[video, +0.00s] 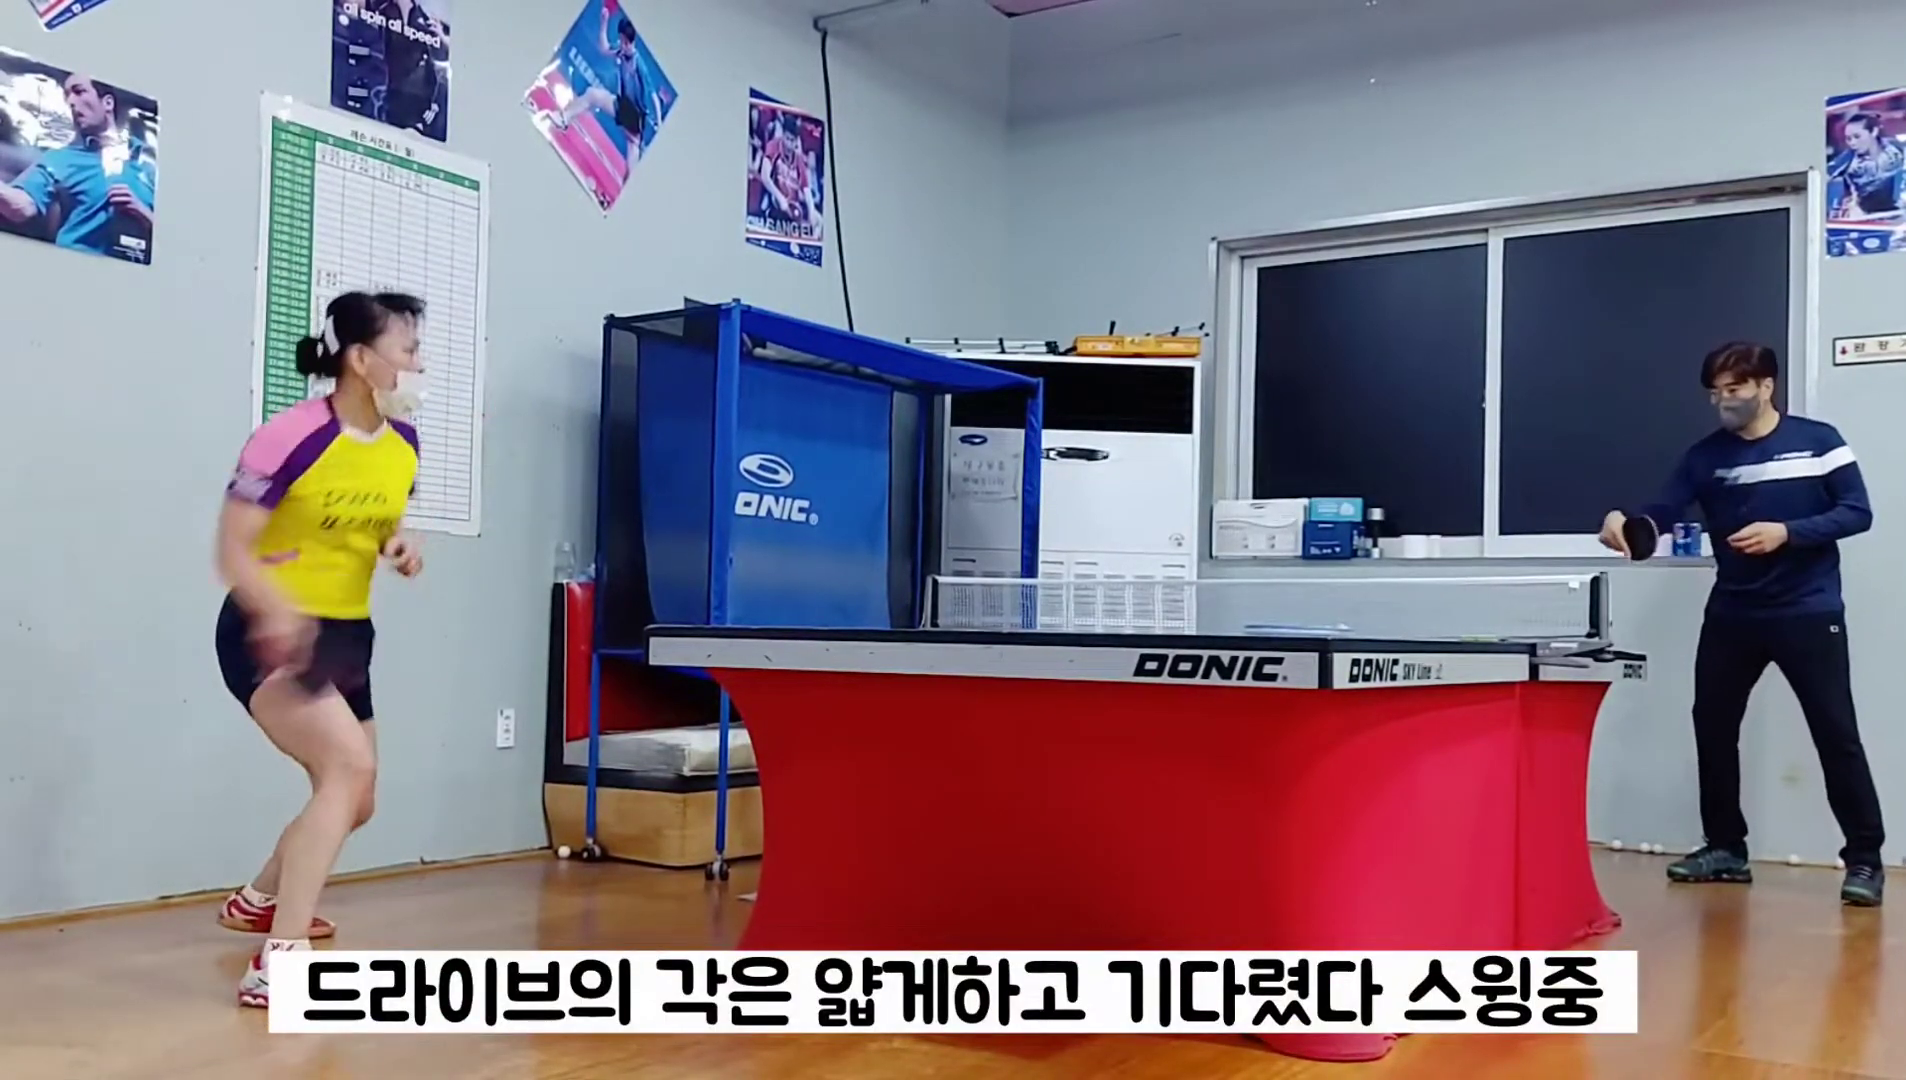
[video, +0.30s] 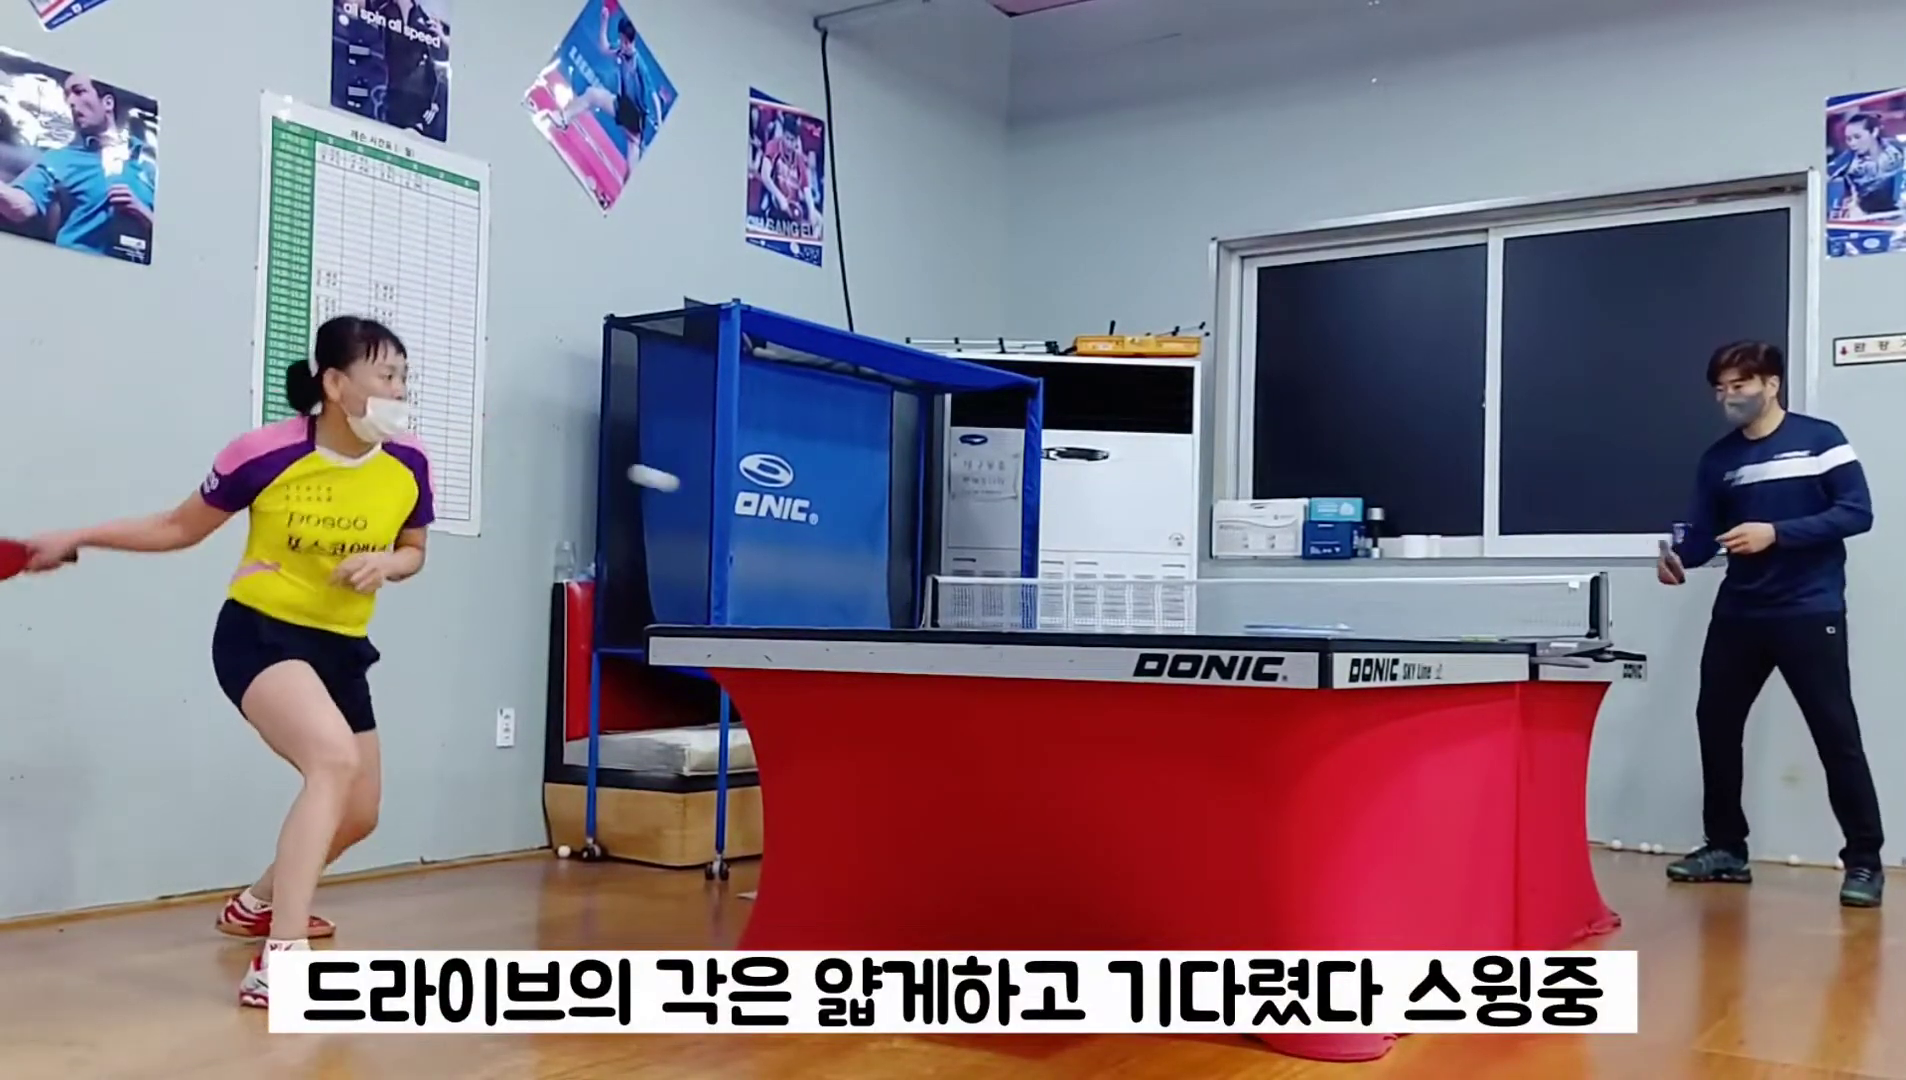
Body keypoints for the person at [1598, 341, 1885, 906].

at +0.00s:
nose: (1724, 399)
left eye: (1734, 388)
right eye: (1716, 392)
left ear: (1766, 387)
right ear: (1710, 397)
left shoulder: (1819, 440)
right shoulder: (1705, 457)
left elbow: (1858, 512)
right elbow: (1661, 515)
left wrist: (1787, 531)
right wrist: (1626, 527)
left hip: (1808, 616)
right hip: (1733, 616)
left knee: (1837, 738)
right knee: (1713, 727)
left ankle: (1864, 863)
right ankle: (1725, 850)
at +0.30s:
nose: (1731, 393)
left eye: (1742, 382)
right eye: (1723, 386)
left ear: (1772, 384)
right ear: (1717, 394)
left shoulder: (1820, 438)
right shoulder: (1718, 458)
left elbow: (1856, 511)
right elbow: (1704, 536)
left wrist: (1775, 532)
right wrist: (1679, 557)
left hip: (1810, 615)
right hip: (1739, 616)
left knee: (1837, 737)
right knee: (1716, 722)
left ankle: (1863, 863)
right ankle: (1726, 848)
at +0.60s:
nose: (1729, 402)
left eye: (1740, 391)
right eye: (1721, 394)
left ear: (1772, 389)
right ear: (1716, 400)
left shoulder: (1823, 439)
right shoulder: (1724, 459)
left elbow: (1861, 512)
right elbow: (1721, 533)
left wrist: (1779, 531)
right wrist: (1696, 577)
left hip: (1816, 617)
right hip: (1746, 618)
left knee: (1839, 735)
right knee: (1720, 721)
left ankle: (1864, 863)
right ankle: (1728, 848)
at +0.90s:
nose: (1724, 401)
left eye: (1735, 390)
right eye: (1717, 393)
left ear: (1767, 389)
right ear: (1711, 398)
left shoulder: (1822, 439)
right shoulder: (1708, 461)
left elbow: (1864, 509)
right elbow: (1666, 519)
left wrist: (1794, 530)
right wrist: (1629, 536)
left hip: (1814, 614)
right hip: (1739, 613)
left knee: (1840, 736)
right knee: (1715, 724)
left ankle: (1864, 863)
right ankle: (1726, 849)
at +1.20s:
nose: (1729, 395)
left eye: (1741, 385)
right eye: (1721, 388)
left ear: (1772, 386)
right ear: (1714, 395)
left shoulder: (1822, 441)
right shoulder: (1712, 459)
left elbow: (1859, 515)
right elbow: (1686, 531)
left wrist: (1783, 534)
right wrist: (1661, 548)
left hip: (1811, 614)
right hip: (1738, 615)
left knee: (1838, 736)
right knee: (1713, 723)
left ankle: (1862, 863)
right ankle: (1725, 848)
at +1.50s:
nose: (1730, 394)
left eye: (1742, 382)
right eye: (1723, 387)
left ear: (1774, 383)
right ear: (1719, 394)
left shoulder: (1823, 436)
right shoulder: (1726, 456)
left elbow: (1861, 509)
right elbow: (1723, 535)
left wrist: (1778, 529)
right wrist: (1689, 570)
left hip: (1818, 615)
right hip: (1749, 616)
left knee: (1839, 735)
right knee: (1728, 726)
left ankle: (1864, 862)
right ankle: (1729, 848)